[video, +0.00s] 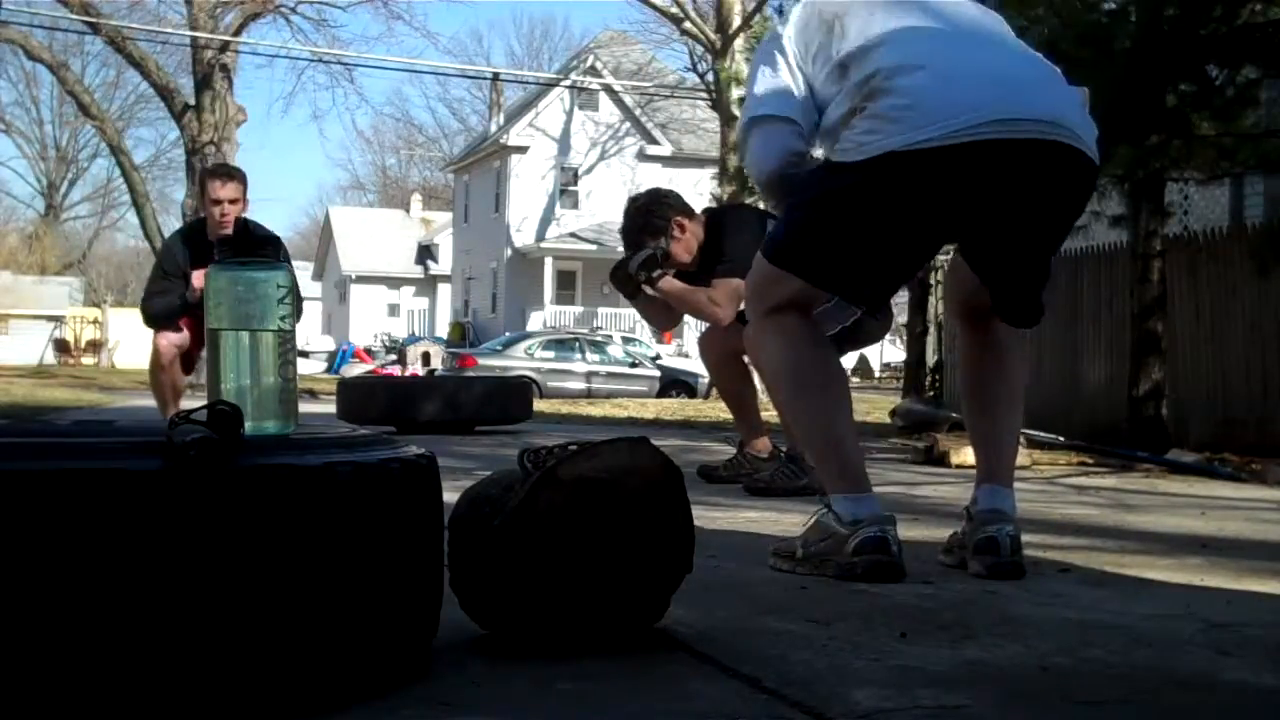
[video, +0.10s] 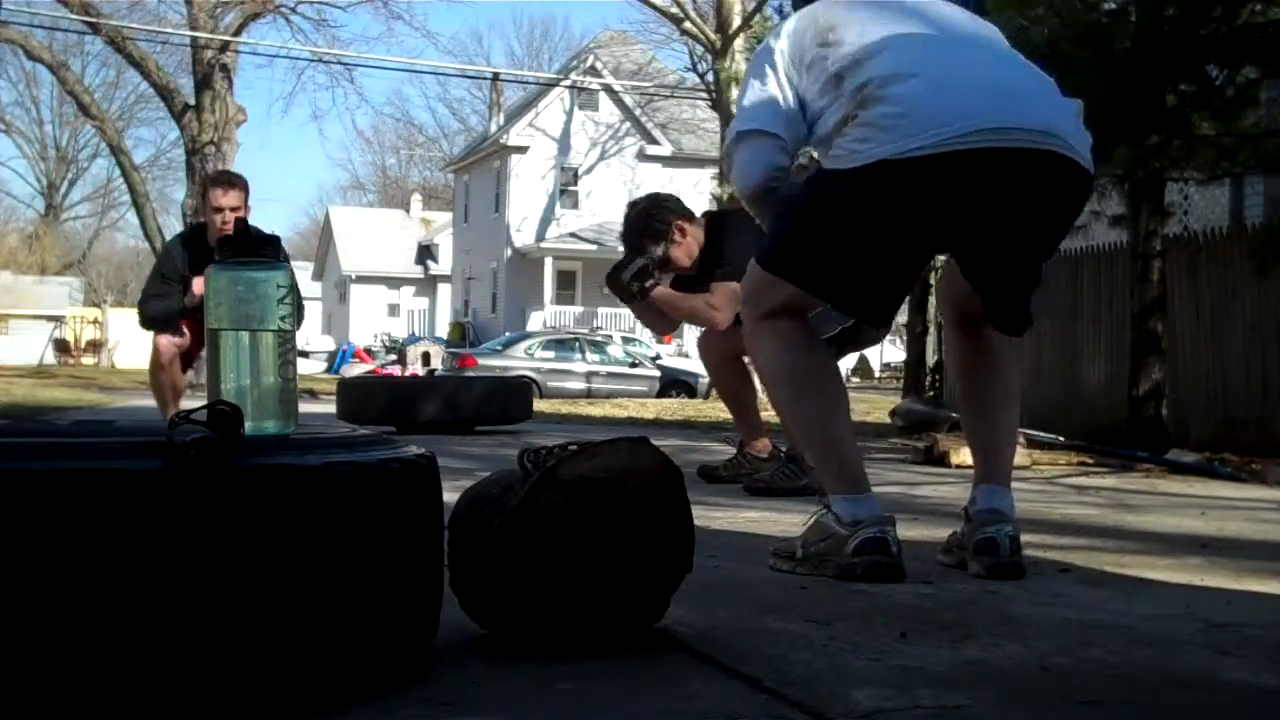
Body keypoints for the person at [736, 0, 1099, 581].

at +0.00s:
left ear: (793, 10)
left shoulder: (793, 21)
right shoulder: (968, 10)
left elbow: (772, 161)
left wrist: (840, 247)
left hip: (909, 131)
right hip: (1059, 133)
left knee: (774, 310)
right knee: (981, 302)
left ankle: (855, 517)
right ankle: (995, 513)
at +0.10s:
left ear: (793, 19)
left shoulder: (788, 37)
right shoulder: (957, 17)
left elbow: (754, 173)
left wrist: (816, 247)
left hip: (902, 140)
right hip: (1052, 143)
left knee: (770, 313)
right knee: (974, 306)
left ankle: (854, 518)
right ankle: (993, 513)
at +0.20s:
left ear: (788, 16)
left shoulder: (787, 30)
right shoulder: (962, 16)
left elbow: (751, 171)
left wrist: (819, 249)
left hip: (897, 139)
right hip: (1047, 142)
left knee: (770, 312)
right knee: (970, 303)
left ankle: (854, 518)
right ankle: (993, 515)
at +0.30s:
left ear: (786, 14)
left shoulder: (787, 19)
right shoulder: (967, 10)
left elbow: (754, 167)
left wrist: (824, 255)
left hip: (896, 133)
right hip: (1044, 134)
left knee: (773, 308)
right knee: (967, 298)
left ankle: (856, 517)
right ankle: (992, 515)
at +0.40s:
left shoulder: (788, 11)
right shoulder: (971, 8)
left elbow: (757, 158)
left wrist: (816, 247)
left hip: (893, 129)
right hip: (1040, 129)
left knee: (774, 311)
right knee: (965, 297)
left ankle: (856, 518)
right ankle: (992, 514)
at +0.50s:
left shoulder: (785, 12)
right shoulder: (971, 8)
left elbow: (759, 160)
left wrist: (821, 247)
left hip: (893, 129)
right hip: (1038, 130)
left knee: (772, 312)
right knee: (965, 300)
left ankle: (856, 516)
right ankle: (992, 514)